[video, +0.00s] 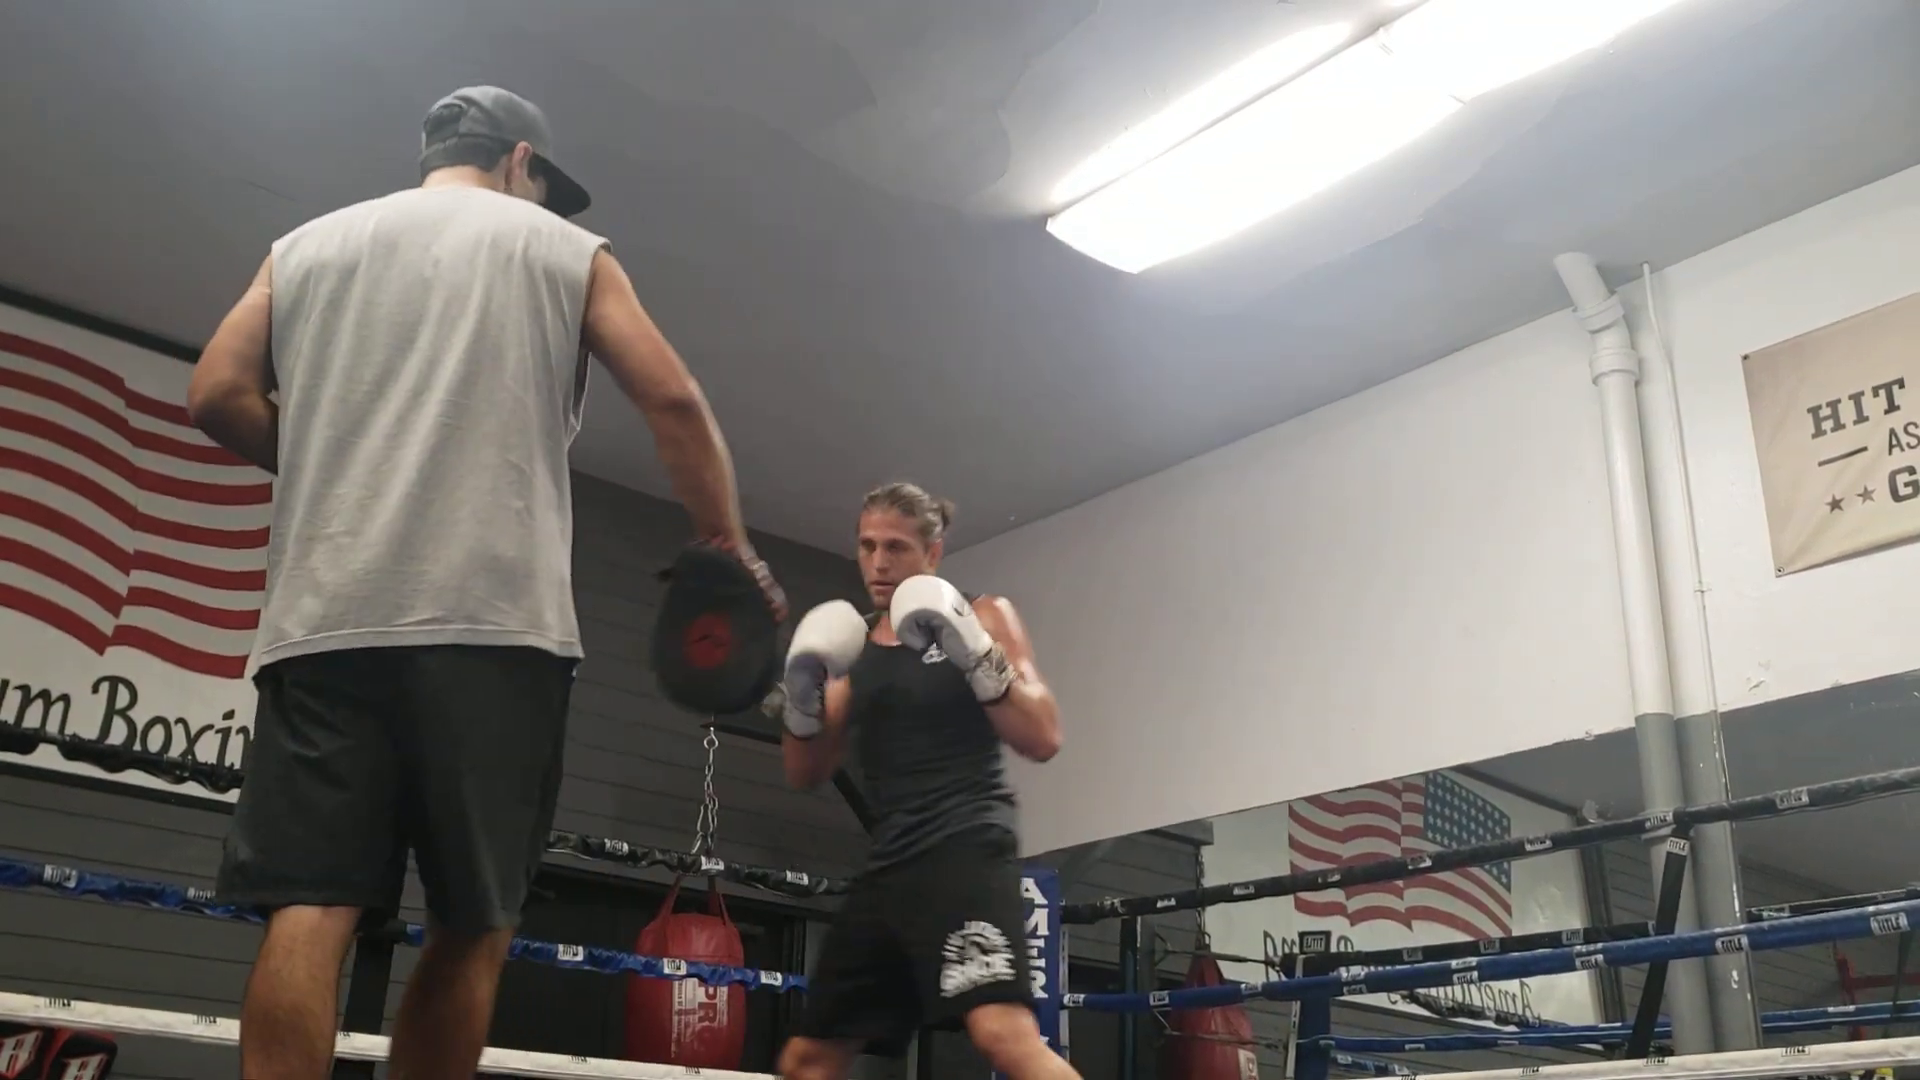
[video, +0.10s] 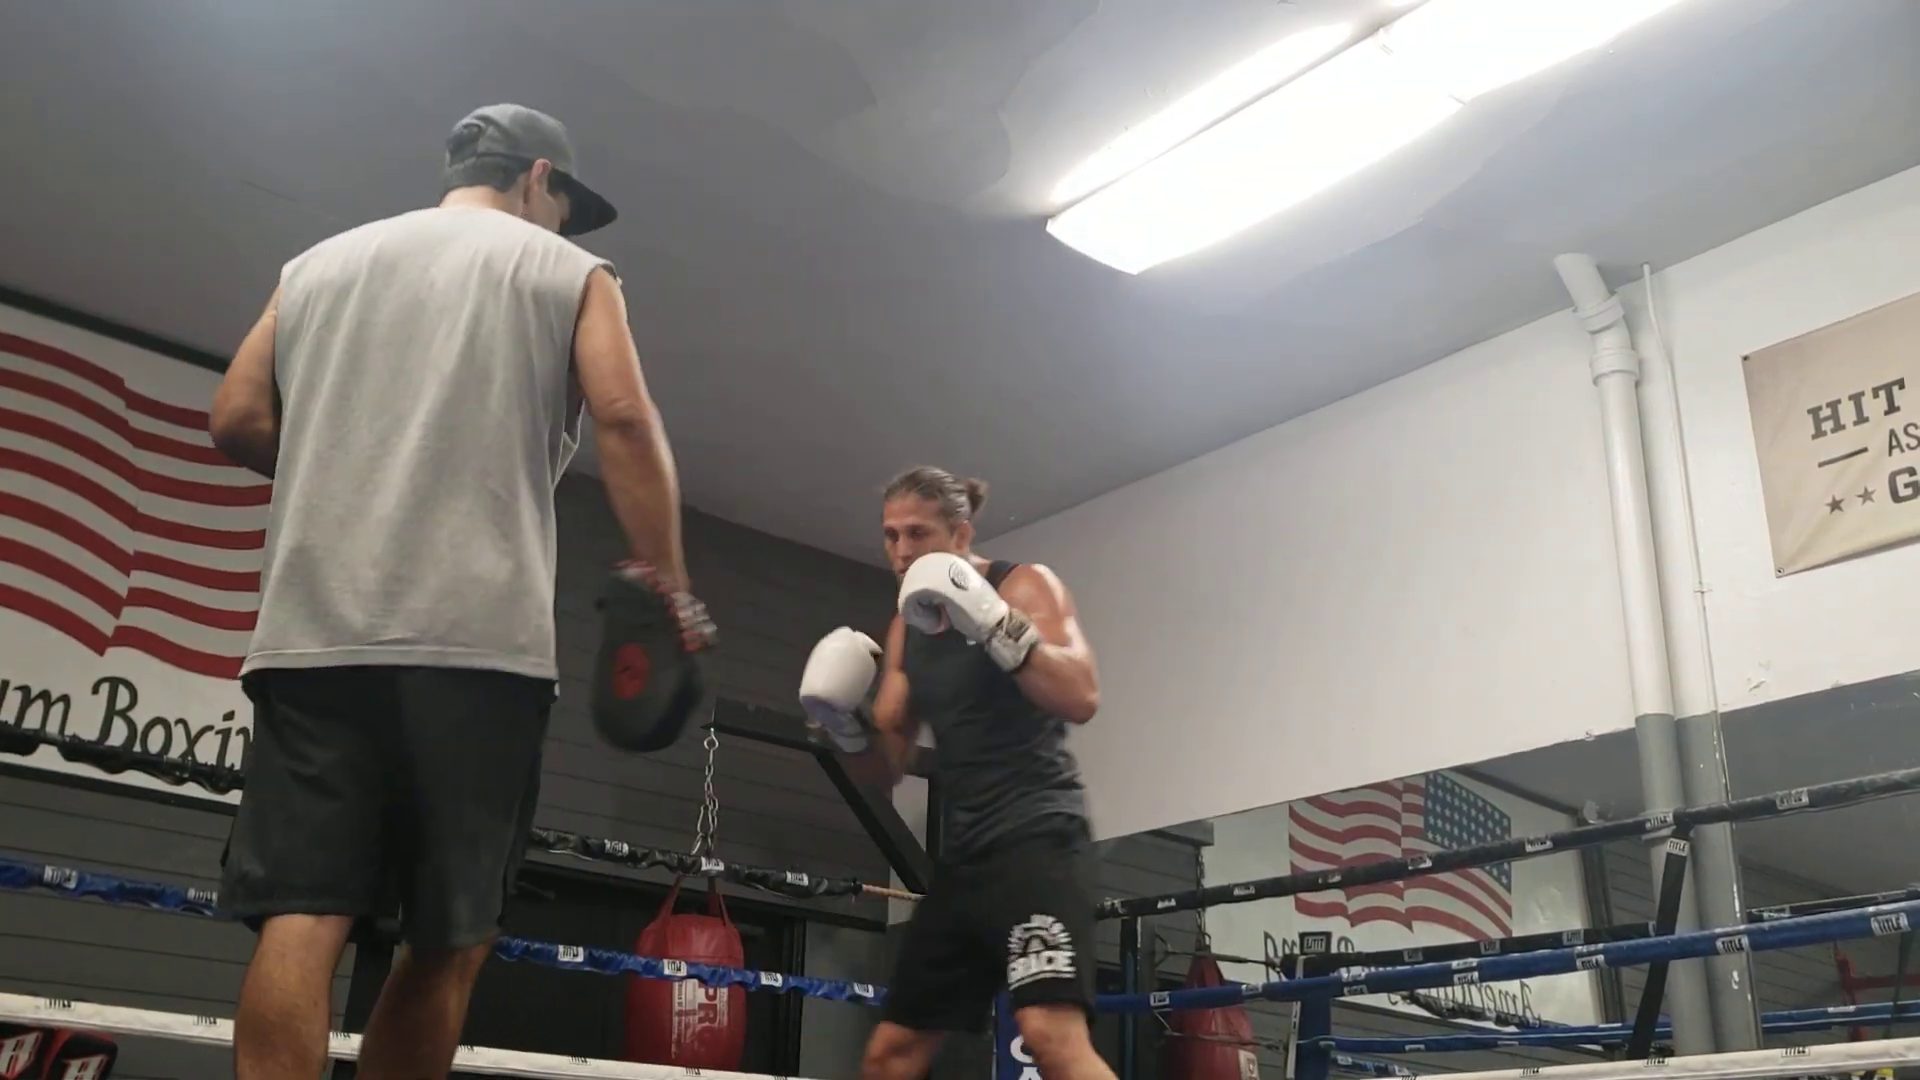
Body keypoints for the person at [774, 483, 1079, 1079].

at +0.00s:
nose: (878, 563)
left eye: (896, 548)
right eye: (869, 547)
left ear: (933, 554)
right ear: (858, 551)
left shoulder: (984, 617)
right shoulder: (853, 647)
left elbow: (1042, 739)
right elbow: (804, 772)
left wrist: (974, 652)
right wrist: (803, 691)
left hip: (971, 841)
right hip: (891, 857)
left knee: (1001, 1032)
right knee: (809, 1057)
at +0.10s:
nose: (901, 552)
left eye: (917, 533)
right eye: (891, 537)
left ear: (962, 532)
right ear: (883, 540)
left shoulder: (1025, 586)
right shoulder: (907, 621)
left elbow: (1081, 697)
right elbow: (883, 770)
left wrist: (989, 618)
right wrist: (842, 717)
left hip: (1040, 835)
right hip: (964, 851)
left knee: (1052, 1035)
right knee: (891, 1055)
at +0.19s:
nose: (924, 550)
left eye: (936, 530)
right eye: (916, 536)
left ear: (987, 523)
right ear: (916, 537)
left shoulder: (1054, 570)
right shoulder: (951, 622)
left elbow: (1100, 676)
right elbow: (941, 754)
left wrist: (1001, 602)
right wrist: (883, 712)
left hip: (1087, 819)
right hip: (1017, 838)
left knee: (1071, 1028)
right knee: (941, 1044)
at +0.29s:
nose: (962, 543)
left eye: (972, 524)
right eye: (953, 530)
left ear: (1024, 513)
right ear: (952, 532)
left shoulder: (1092, 560)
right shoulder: (995, 610)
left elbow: (1122, 672)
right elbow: (985, 742)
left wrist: (1025, 595)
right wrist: (928, 684)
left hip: (1130, 815)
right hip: (1064, 830)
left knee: (1092, 1025)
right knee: (1021, 1044)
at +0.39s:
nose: (997, 542)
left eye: (1006, 521)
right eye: (989, 527)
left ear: (1059, 510)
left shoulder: (1132, 560)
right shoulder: (1042, 606)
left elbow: (1146, 675)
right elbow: (1012, 735)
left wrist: (1056, 595)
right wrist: (965, 660)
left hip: (1162, 811)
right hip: (1113, 823)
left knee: (1100, 1022)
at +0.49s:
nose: (1038, 552)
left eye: (1045, 531)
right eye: (1030, 537)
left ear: (1095, 520)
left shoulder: (1170, 567)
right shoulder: (1088, 617)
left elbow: (1174, 680)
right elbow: (1043, 737)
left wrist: (1088, 598)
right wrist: (999, 656)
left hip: (1197, 825)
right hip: (1156, 831)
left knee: (1109, 1023)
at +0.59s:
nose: (1076, 567)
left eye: (1084, 547)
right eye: (1069, 553)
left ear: (1133, 537)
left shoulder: (1208, 578)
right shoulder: (1136, 630)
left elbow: (1215, 686)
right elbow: (1092, 751)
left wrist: (1131, 610)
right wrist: (1043, 668)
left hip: (1235, 839)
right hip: (1213, 841)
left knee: (1124, 1024)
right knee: (1300, 1057)